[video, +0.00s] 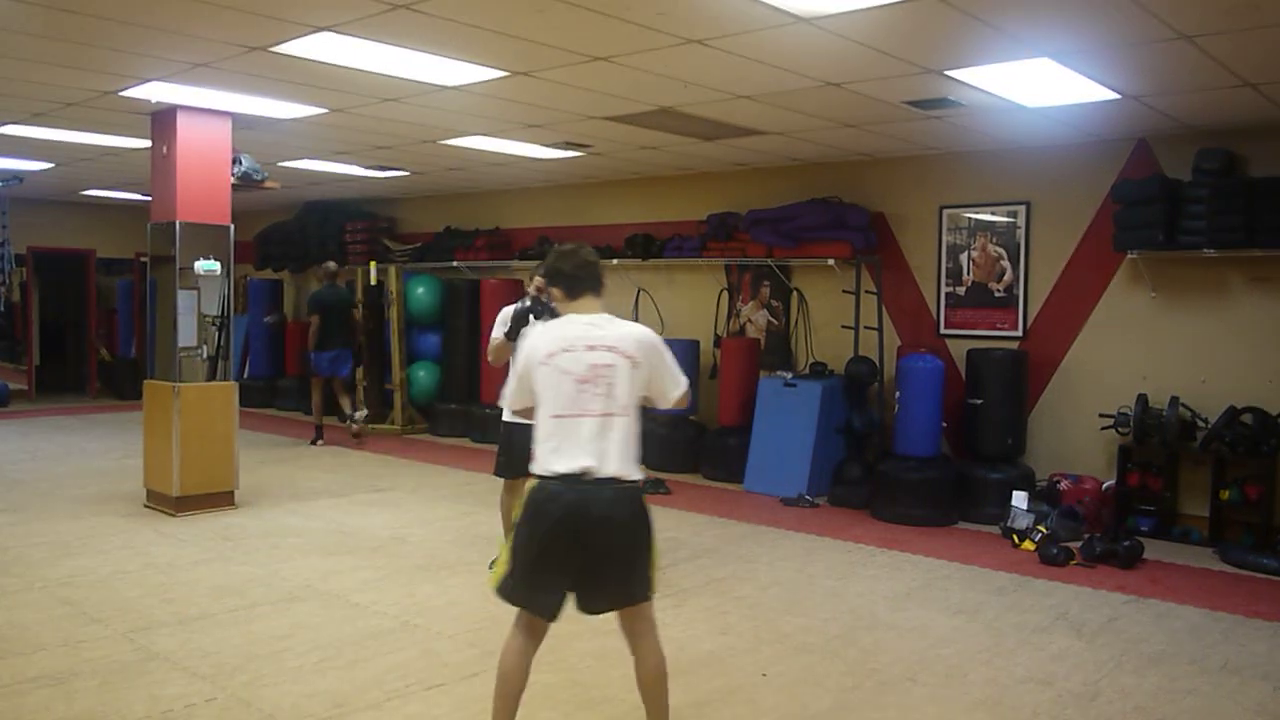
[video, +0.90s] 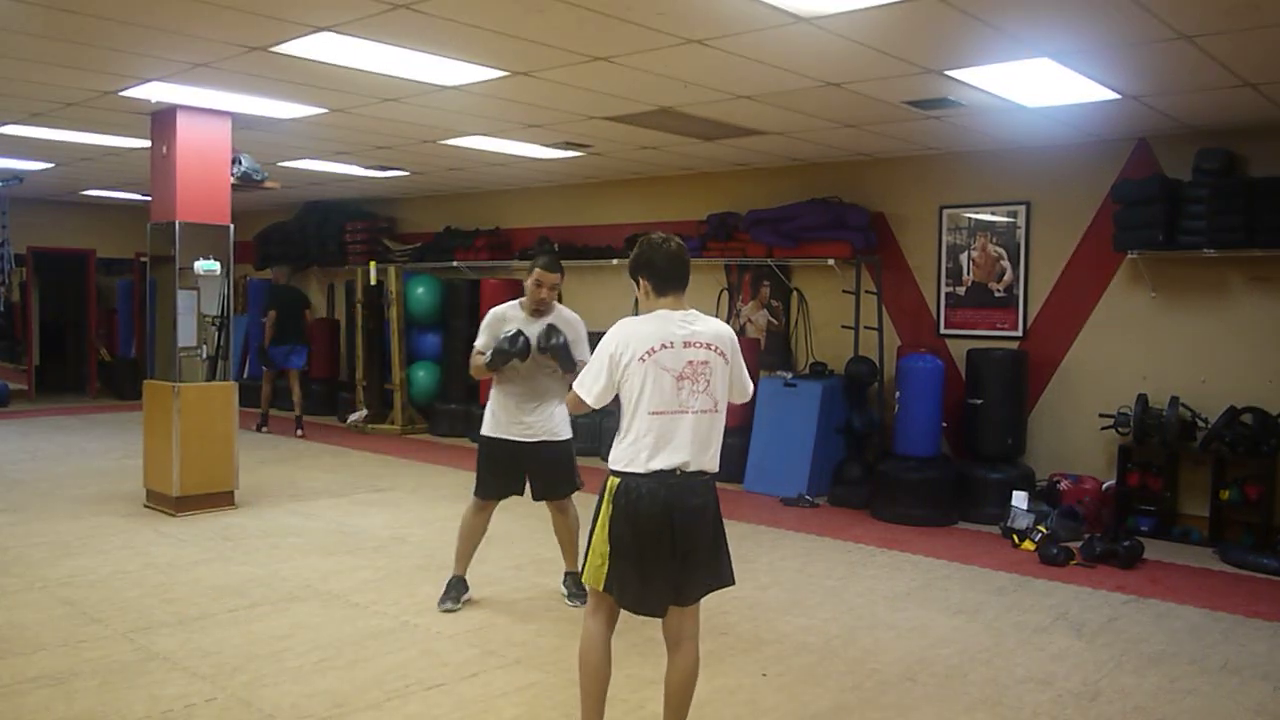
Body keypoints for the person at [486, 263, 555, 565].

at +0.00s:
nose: (539, 295)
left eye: (546, 291)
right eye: (536, 288)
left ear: (557, 292)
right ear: (528, 283)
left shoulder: (566, 320)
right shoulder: (511, 313)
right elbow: (495, 356)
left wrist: (554, 320)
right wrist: (517, 327)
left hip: (556, 414)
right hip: (518, 413)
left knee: (554, 485)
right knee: (513, 485)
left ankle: (549, 553)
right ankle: (510, 548)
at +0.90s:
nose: (544, 294)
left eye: (552, 288)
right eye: (538, 285)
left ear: (559, 288)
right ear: (525, 281)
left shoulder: (571, 322)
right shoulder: (499, 317)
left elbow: (585, 382)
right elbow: (475, 370)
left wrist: (563, 360)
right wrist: (497, 359)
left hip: (551, 433)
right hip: (501, 432)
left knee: (561, 502)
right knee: (482, 502)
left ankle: (572, 575)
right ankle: (457, 579)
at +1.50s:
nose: (489, 290)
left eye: (495, 283)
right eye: (482, 282)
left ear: (501, 283)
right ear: (465, 278)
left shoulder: (511, 314)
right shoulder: (442, 317)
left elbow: (532, 367)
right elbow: (435, 369)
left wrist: (520, 327)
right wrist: (462, 330)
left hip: (511, 426)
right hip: (460, 431)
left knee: (537, 498)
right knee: (459, 508)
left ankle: (537, 567)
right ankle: (456, 581)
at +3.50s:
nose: (524, 300)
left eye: (530, 293)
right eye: (519, 292)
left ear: (538, 292)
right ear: (508, 288)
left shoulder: (552, 326)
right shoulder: (479, 321)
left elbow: (565, 383)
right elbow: (463, 374)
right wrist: (495, 335)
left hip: (537, 451)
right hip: (477, 451)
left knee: (559, 532)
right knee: (457, 528)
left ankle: (570, 614)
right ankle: (446, 600)